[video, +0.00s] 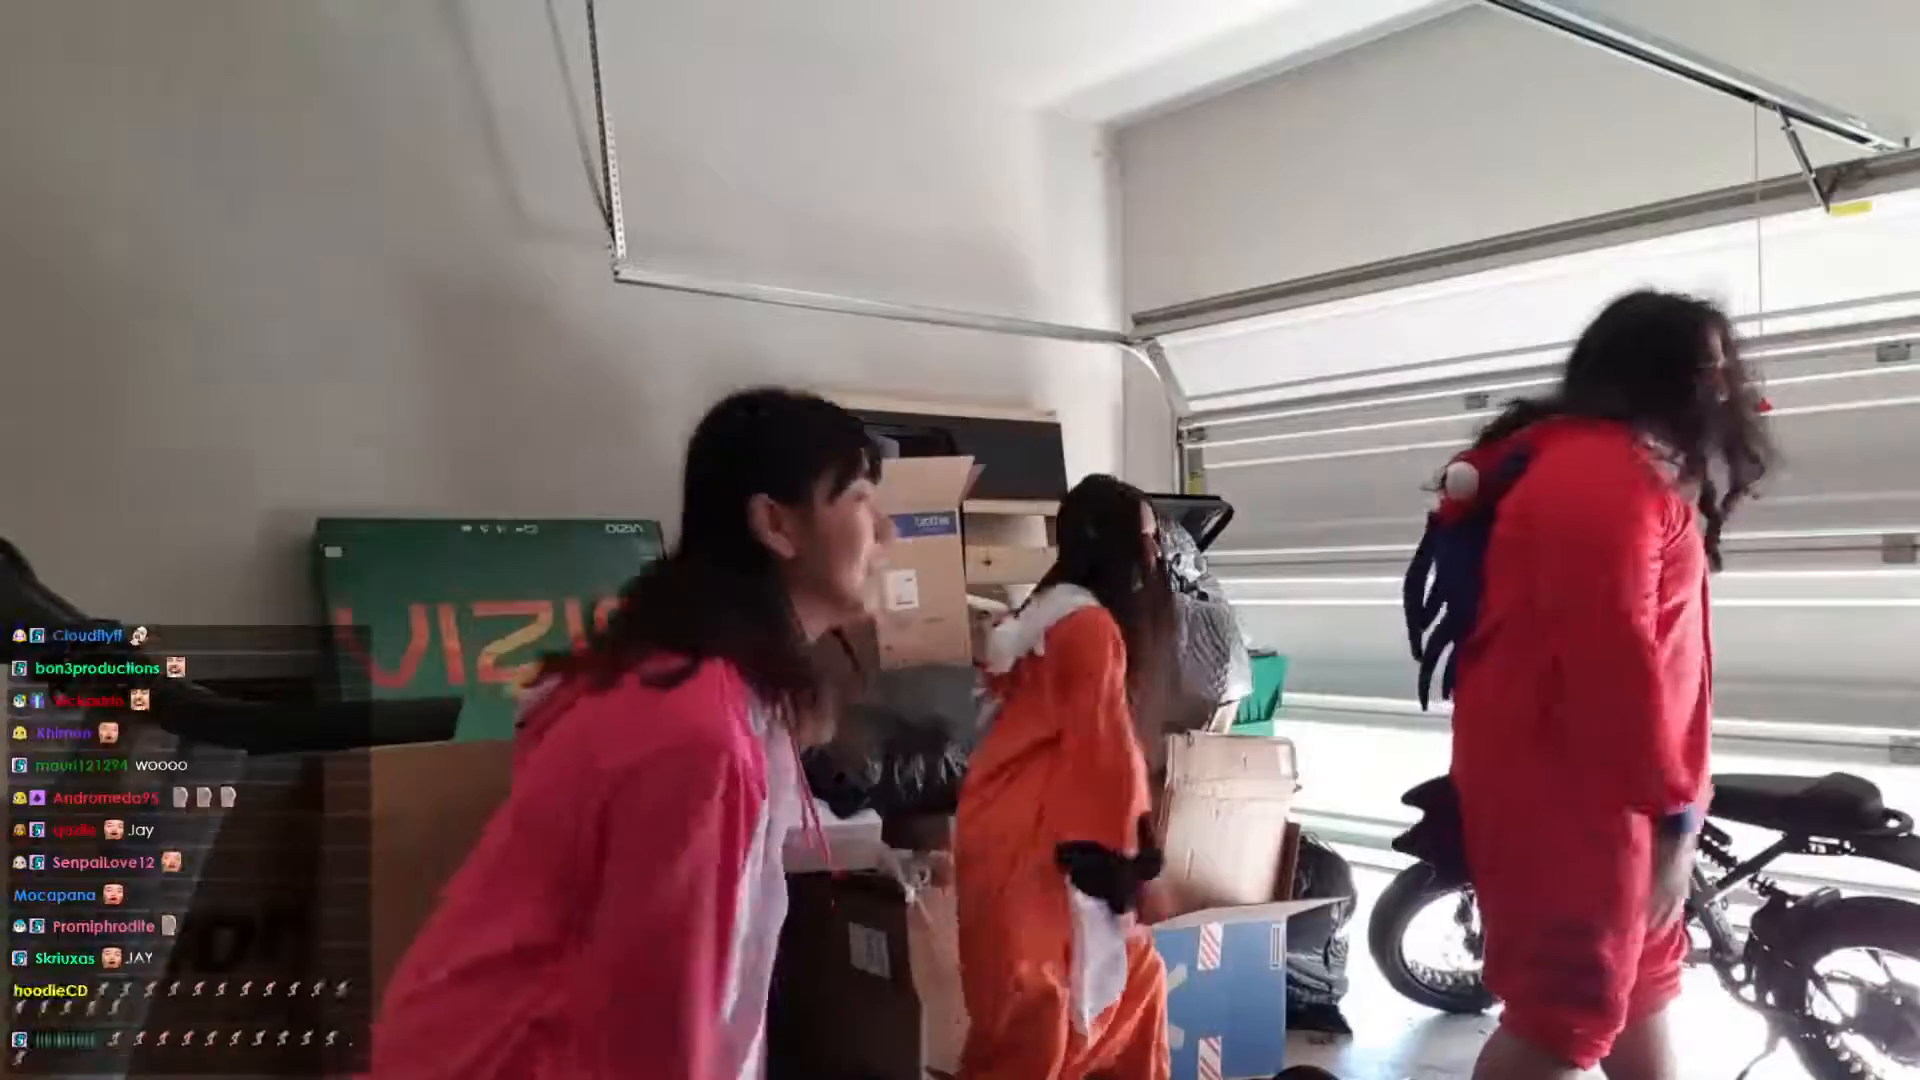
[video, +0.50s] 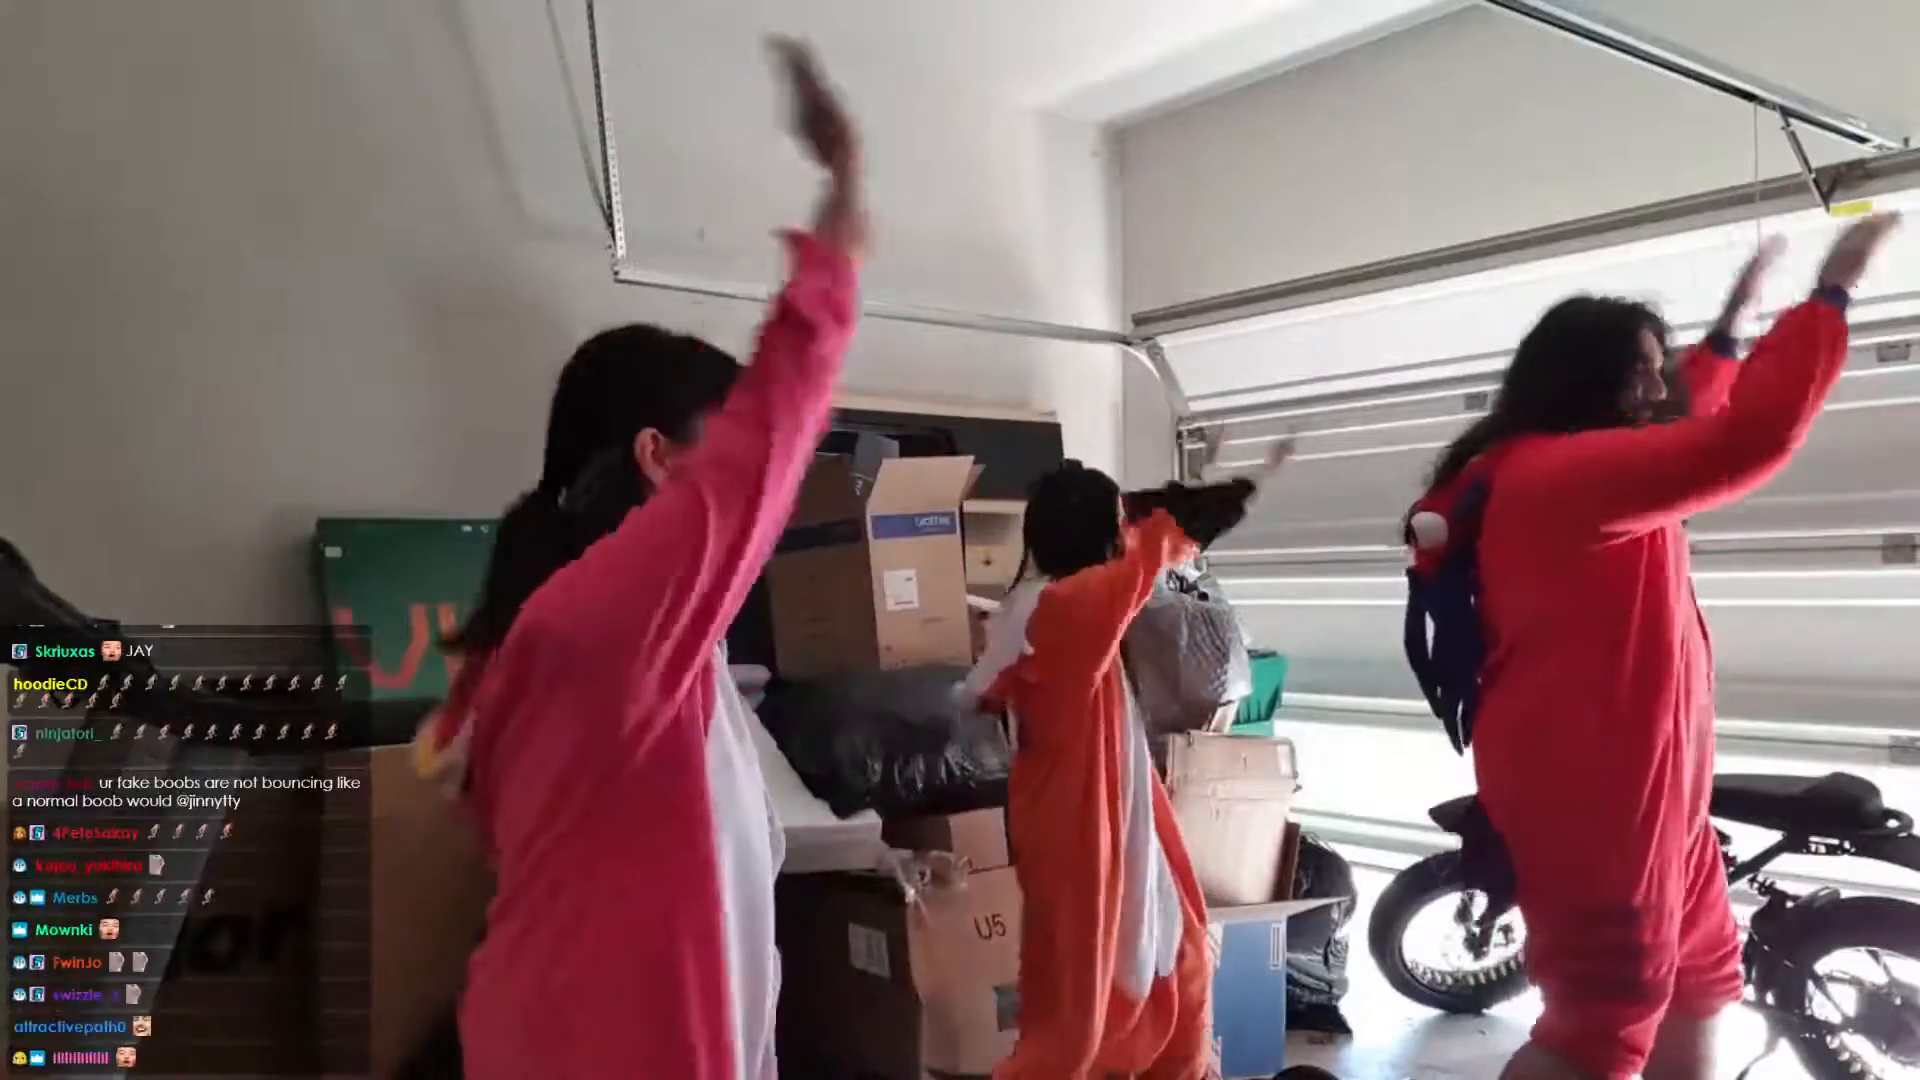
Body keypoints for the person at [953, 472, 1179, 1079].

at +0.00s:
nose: (1157, 552)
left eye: (1155, 537)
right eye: (1149, 537)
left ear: (1080, 539)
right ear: (1119, 545)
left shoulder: (1050, 607)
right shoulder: (1089, 623)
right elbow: (1104, 746)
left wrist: (1135, 841)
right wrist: (1137, 856)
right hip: (1031, 831)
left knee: (1141, 970)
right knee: (1038, 988)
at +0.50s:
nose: (1132, 531)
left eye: (1132, 519)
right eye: (1124, 519)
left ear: (1041, 532)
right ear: (1109, 530)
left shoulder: (1030, 606)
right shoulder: (1067, 603)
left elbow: (986, 693)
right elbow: (1155, 543)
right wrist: (1253, 481)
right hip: (1077, 809)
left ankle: (1174, 1063)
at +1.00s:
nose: (1130, 531)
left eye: (1129, 513)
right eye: (1121, 513)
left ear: (1048, 517)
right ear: (1090, 518)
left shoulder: (1064, 592)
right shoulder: (1055, 594)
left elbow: (1152, 679)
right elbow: (1141, 672)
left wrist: (1237, 727)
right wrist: (1245, 725)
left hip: (1095, 823)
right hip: (1048, 826)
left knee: (1151, 976)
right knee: (1018, 993)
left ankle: (1144, 1074)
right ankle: (989, 1071)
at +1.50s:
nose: (1140, 525)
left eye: (1143, 510)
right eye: (1129, 509)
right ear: (1088, 509)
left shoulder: (1097, 589)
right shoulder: (1052, 583)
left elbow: (1168, 629)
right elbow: (1135, 619)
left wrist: (1255, 639)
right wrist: (1216, 596)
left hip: (1119, 801)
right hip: (1054, 800)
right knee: (1041, 1001)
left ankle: (1157, 1067)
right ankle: (998, 1069)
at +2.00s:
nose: (1131, 523)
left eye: (1131, 509)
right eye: (1127, 509)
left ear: (1051, 516)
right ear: (1108, 520)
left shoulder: (1066, 595)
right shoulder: (1079, 597)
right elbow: (1173, 592)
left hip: (1134, 811)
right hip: (1091, 815)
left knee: (1170, 973)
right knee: (1062, 968)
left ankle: (1155, 1068)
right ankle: (1007, 1066)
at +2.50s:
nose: (1150, 538)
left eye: (1153, 525)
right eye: (1138, 523)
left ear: (1076, 529)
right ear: (1100, 526)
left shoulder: (1061, 593)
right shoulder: (1082, 606)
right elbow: (1163, 692)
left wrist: (1202, 768)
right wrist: (1209, 776)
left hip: (1080, 819)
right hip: (1030, 819)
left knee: (1120, 972)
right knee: (1021, 977)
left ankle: (1133, 1066)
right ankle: (991, 1068)